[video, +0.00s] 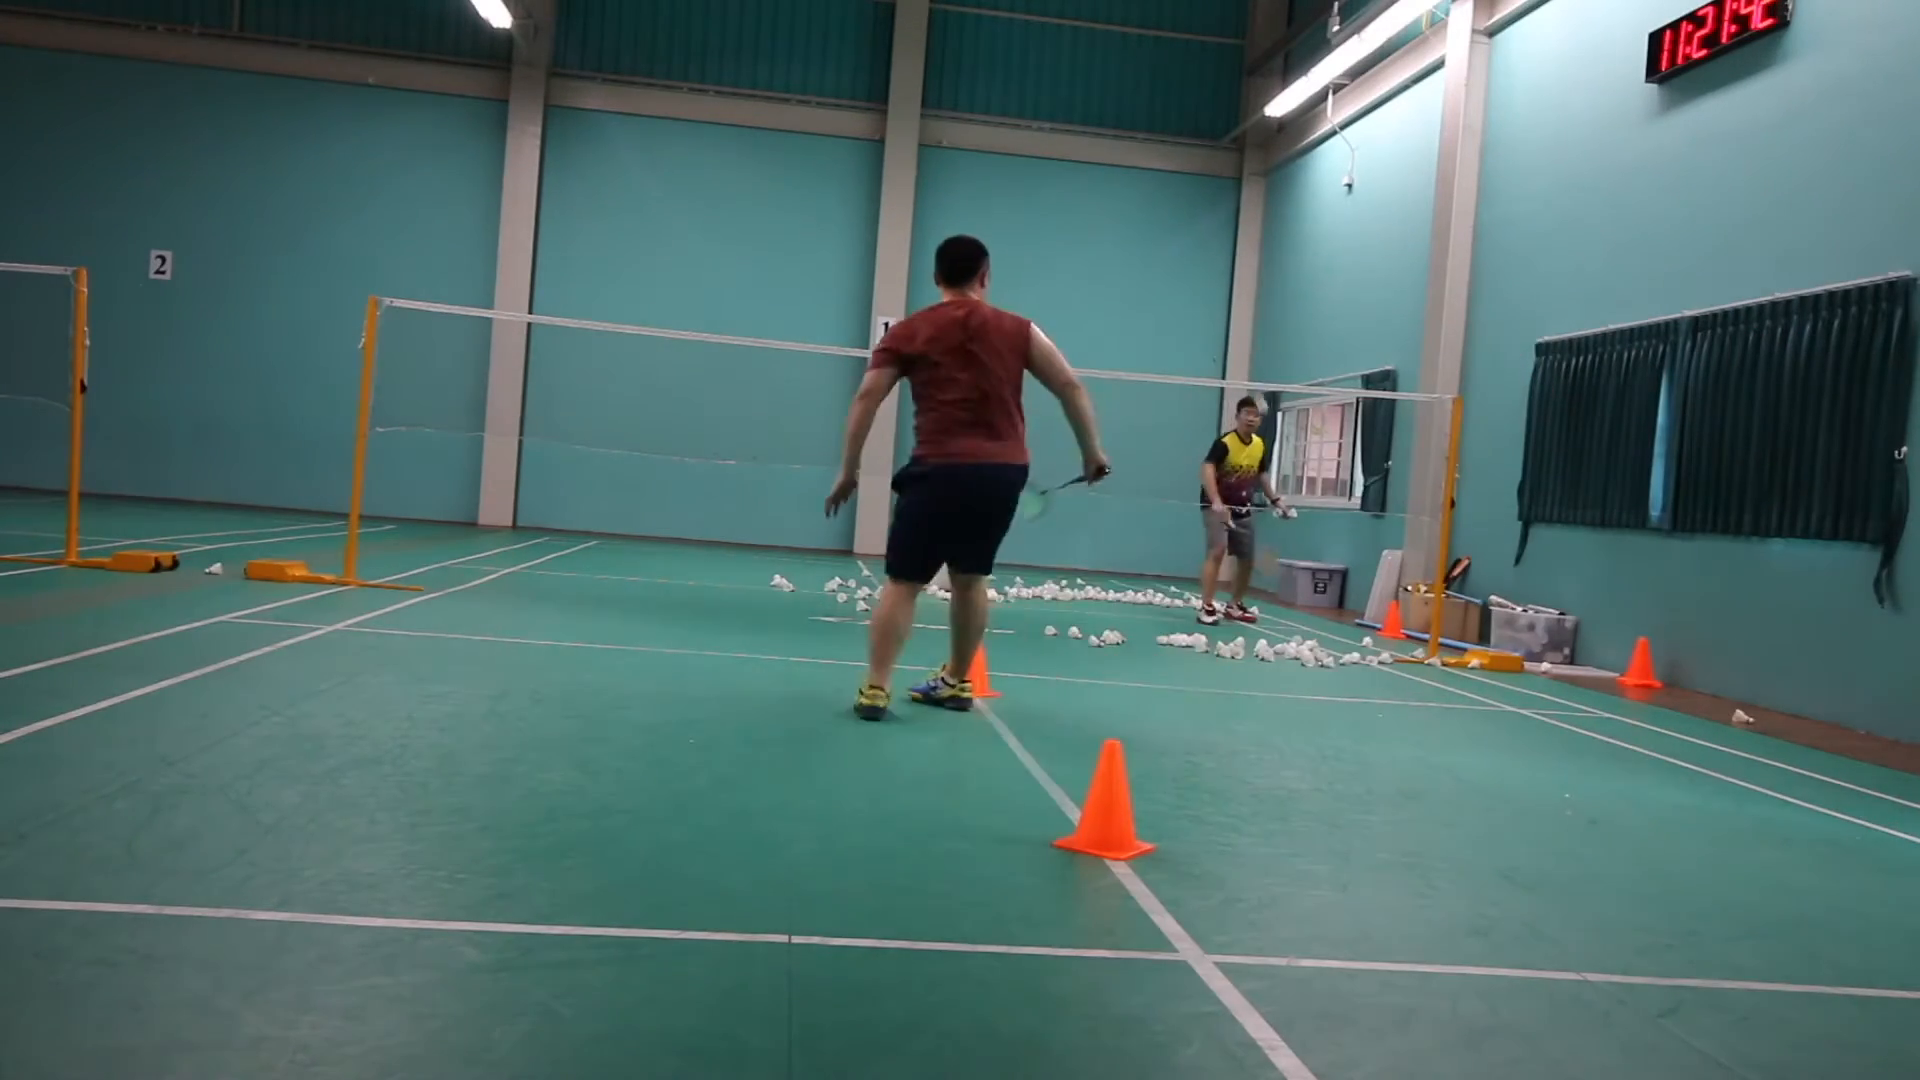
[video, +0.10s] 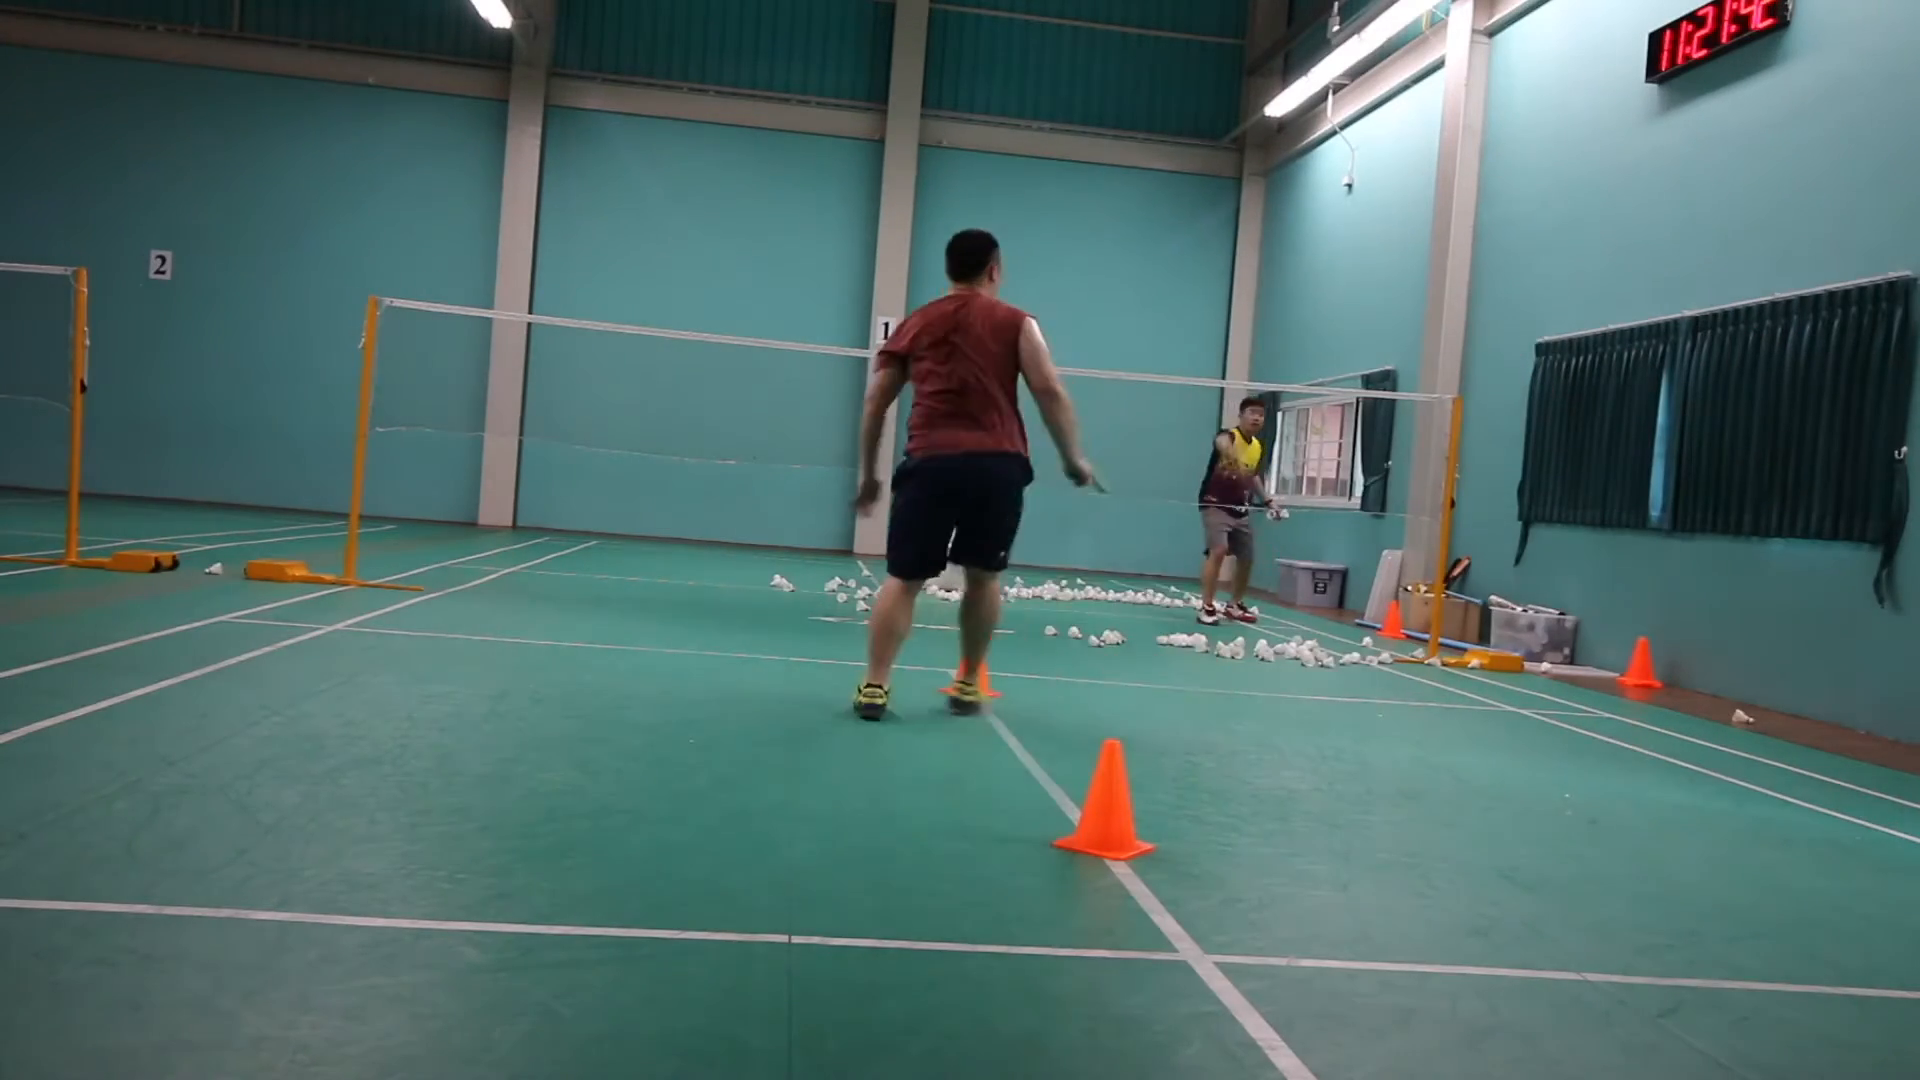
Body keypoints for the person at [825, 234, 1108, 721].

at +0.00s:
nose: (988, 284)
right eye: (988, 278)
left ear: (937, 279)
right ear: (984, 278)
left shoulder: (909, 331)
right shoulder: (1016, 329)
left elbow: (868, 395)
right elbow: (1069, 386)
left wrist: (848, 471)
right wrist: (1093, 453)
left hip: (936, 473)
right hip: (1003, 473)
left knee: (903, 583)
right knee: (971, 577)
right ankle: (956, 680)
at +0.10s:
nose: (1001, 277)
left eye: (999, 270)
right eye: (1001, 270)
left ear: (949, 271)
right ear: (993, 271)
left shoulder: (915, 324)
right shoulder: (1016, 322)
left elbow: (877, 401)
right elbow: (1049, 391)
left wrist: (869, 474)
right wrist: (1073, 458)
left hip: (928, 470)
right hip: (998, 471)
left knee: (903, 579)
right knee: (983, 578)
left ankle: (875, 684)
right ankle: (969, 680)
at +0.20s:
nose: (1034, 269)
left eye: (1031, 262)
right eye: (1033, 262)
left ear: (982, 263)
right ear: (1024, 263)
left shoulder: (937, 313)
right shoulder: (1035, 313)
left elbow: (911, 390)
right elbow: (1041, 387)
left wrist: (922, 440)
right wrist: (1051, 466)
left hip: (938, 461)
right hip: (1005, 460)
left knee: (933, 565)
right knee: (1039, 573)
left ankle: (886, 662)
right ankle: (1043, 691)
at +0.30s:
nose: (1068, 290)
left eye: (1065, 280)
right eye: (1065, 281)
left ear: (1016, 289)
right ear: (1055, 288)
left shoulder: (984, 335)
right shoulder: (1049, 344)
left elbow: (950, 380)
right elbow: (1049, 420)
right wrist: (1070, 497)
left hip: (950, 491)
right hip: (1010, 494)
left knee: (940, 588)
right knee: (1081, 588)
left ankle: (883, 684)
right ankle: (1103, 708)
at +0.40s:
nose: (1133, 266)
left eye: (1127, 258)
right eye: (1126, 260)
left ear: (1084, 279)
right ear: (1115, 275)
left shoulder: (1065, 331)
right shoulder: (1104, 332)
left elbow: (1041, 412)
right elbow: (1086, 407)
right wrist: (1109, 491)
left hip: (1024, 495)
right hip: (1069, 498)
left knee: (992, 590)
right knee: (1139, 596)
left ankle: (905, 668)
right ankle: (1108, 724)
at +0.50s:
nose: (1188, 228)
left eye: (1181, 220)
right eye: (1179, 222)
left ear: (1146, 247)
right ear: (1166, 241)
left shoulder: (1143, 299)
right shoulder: (1152, 302)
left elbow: (1155, 397)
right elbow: (1123, 371)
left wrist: (1209, 444)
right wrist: (1157, 453)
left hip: (1097, 470)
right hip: (1125, 475)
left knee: (1091, 586)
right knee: (1152, 599)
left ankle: (999, 664)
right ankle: (1108, 722)